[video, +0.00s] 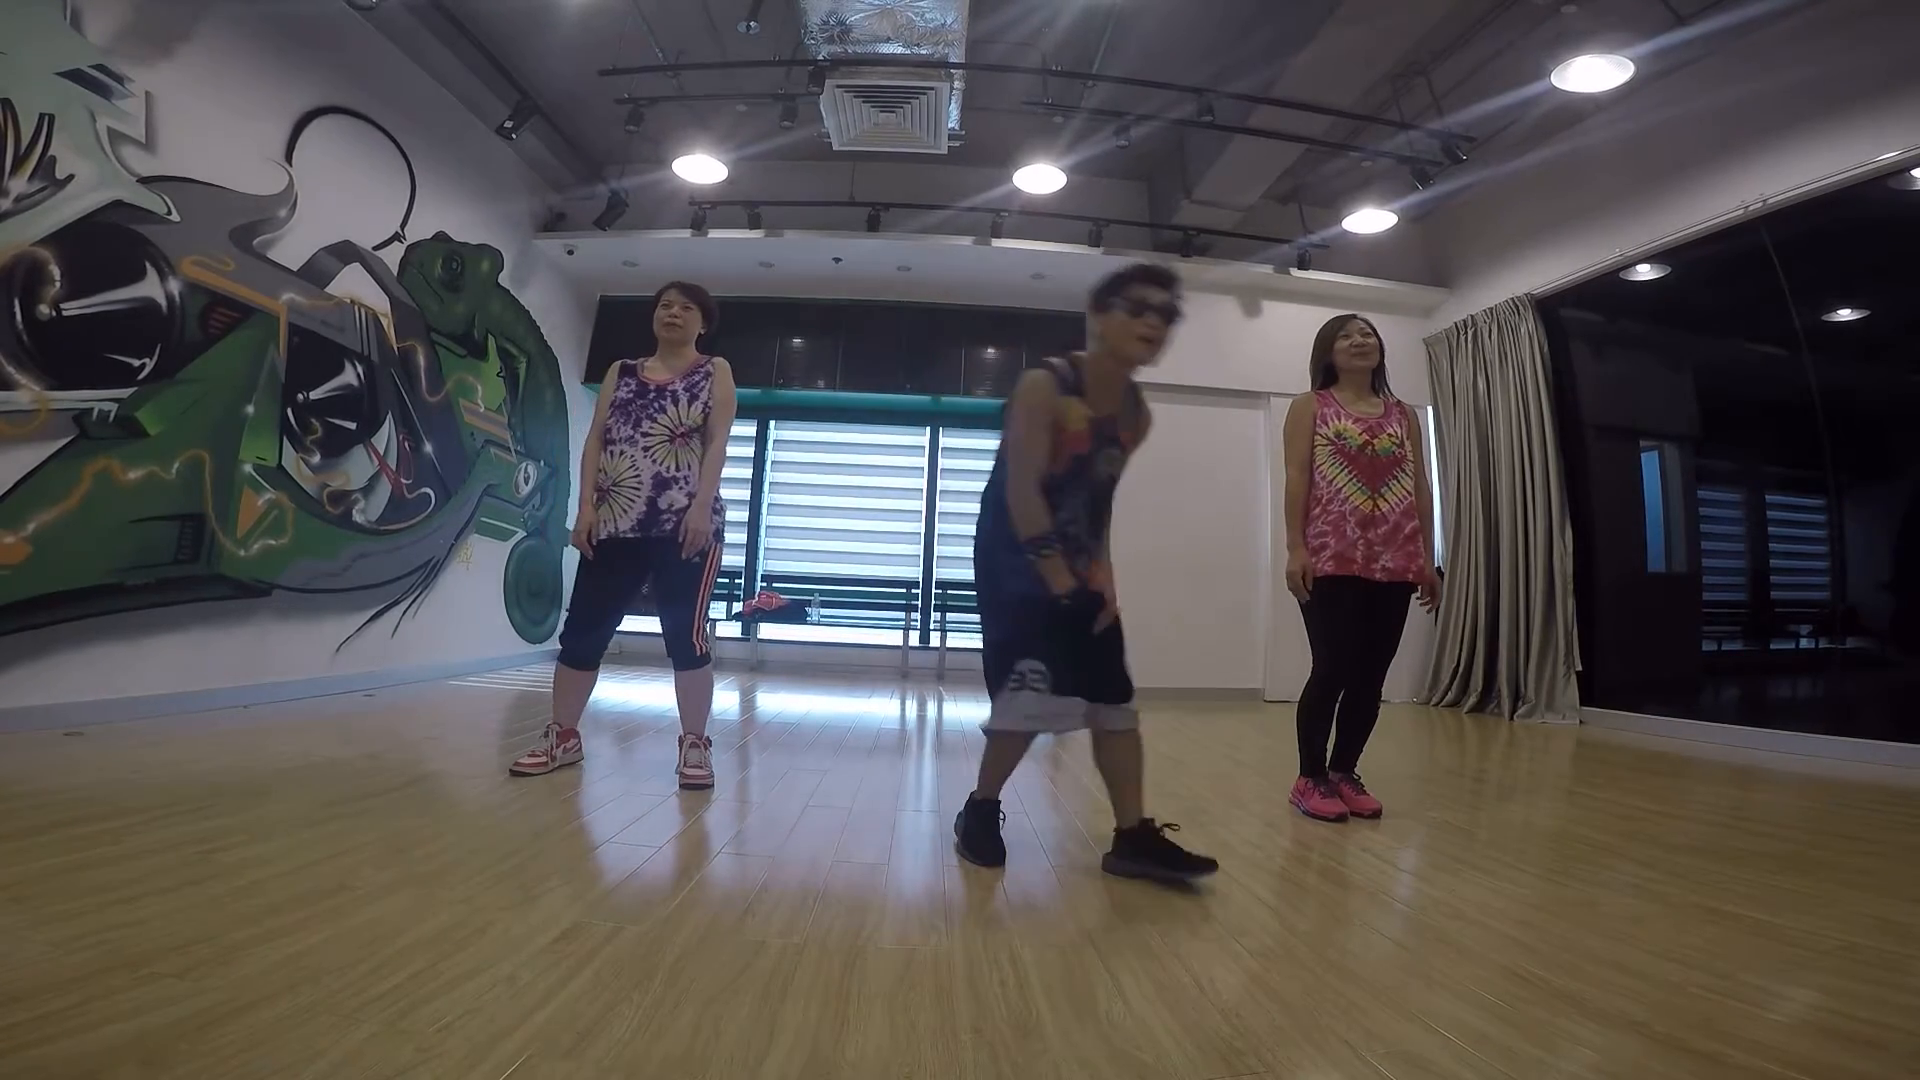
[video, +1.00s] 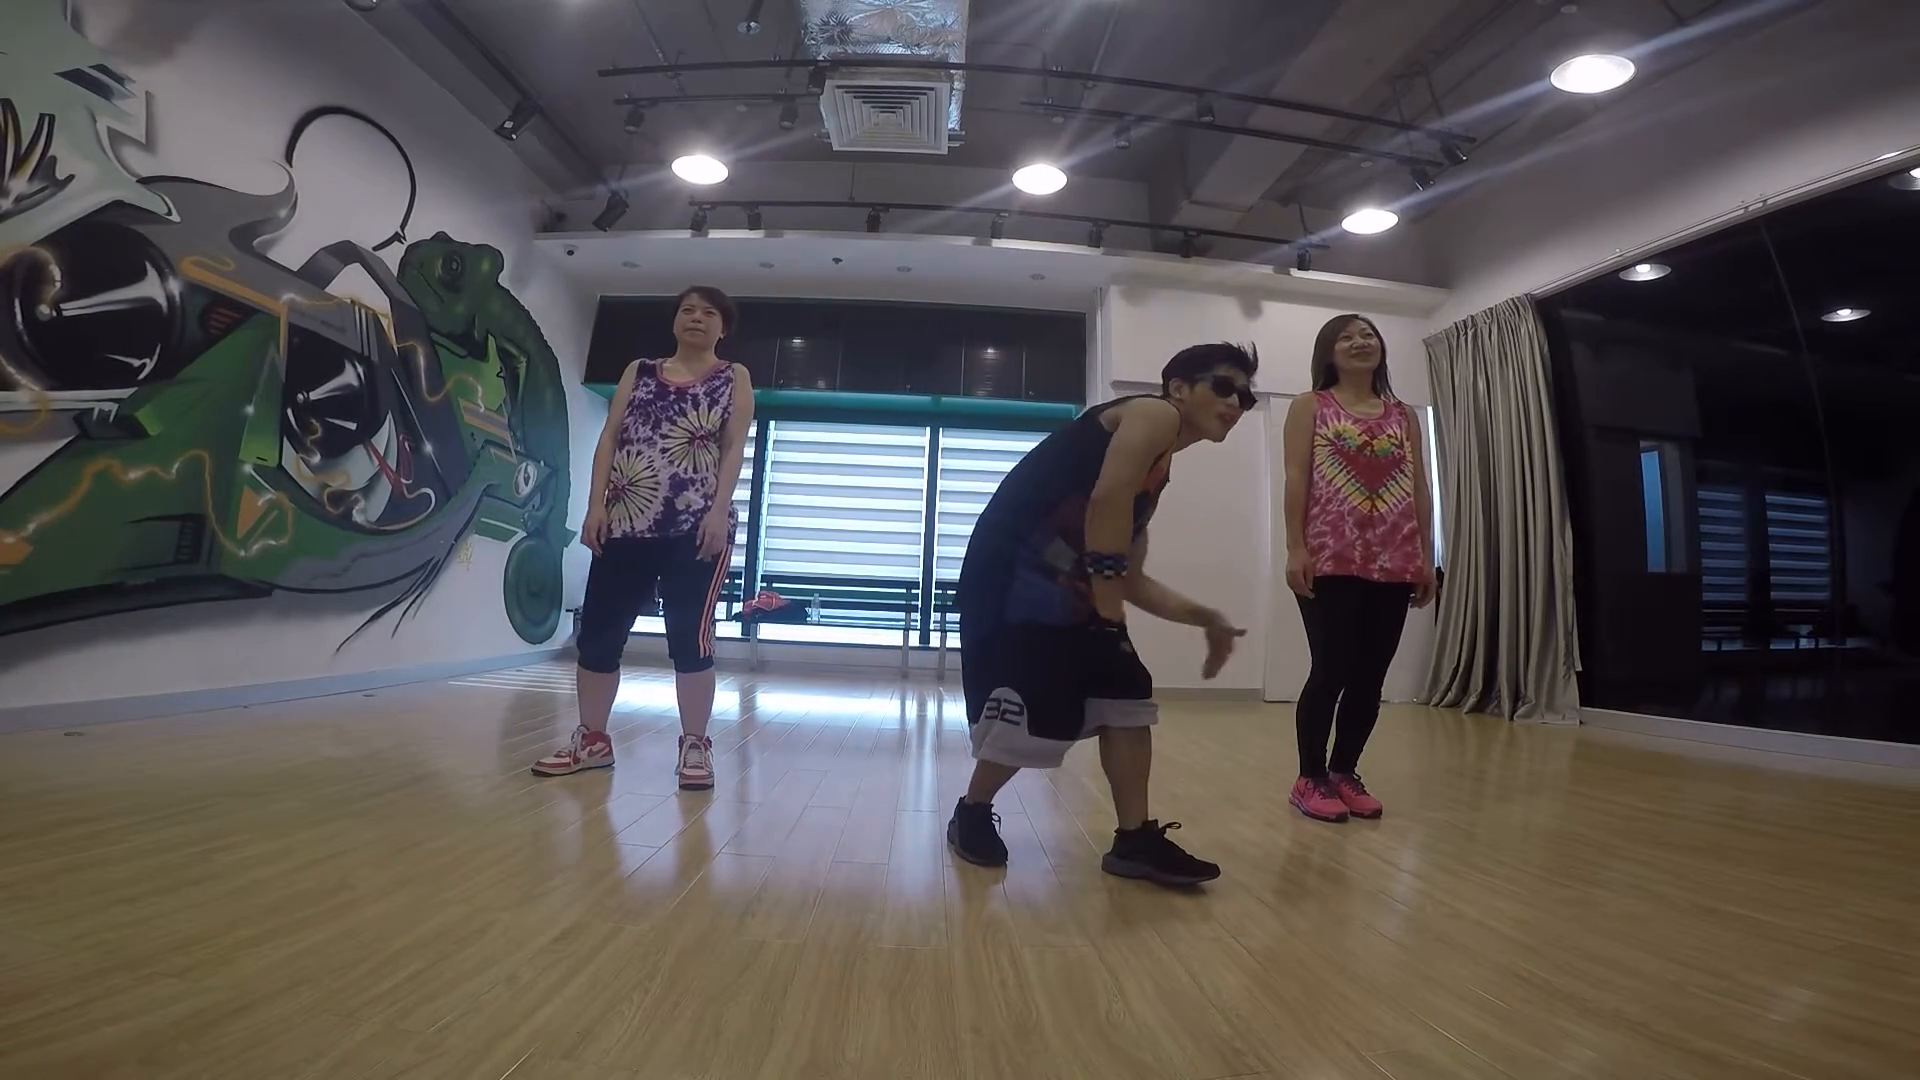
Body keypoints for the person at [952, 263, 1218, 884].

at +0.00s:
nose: (1153, 325)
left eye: (1165, 316)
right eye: (1138, 309)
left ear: (1171, 332)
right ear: (1098, 316)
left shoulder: (1136, 414)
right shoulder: (1044, 385)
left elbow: (1098, 499)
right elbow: (1022, 488)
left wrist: (1102, 574)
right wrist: (1058, 577)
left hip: (1082, 558)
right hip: (1016, 548)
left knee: (1111, 690)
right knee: (1031, 684)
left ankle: (1133, 834)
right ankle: (982, 807)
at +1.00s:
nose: (1235, 405)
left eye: (1243, 398)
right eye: (1224, 389)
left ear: (1242, 410)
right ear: (1179, 386)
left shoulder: (1152, 468)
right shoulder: (1155, 414)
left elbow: (1127, 576)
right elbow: (1109, 496)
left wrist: (1206, 616)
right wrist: (1112, 614)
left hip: (1072, 591)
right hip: (1016, 579)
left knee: (1125, 697)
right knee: (1037, 707)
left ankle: (1135, 837)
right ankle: (973, 809)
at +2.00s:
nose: (1101, 309)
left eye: (1101, 300)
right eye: (1096, 297)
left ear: (1070, 301)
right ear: (1068, 294)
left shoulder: (1080, 379)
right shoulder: (994, 347)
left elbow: (1074, 466)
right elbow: (949, 425)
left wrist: (1097, 544)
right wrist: (943, 516)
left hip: (1084, 557)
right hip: (1011, 554)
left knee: (1098, 687)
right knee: (983, 688)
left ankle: (1087, 808)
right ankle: (965, 808)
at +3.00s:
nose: (944, 328)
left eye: (952, 317)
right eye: (947, 317)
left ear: (977, 320)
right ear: (978, 324)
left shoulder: (1033, 361)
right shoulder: (970, 405)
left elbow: (1089, 405)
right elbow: (899, 440)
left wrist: (1143, 433)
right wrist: (829, 400)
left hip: (1036, 567)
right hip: (961, 567)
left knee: (1067, 700)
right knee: (917, 685)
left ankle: (1099, 811)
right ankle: (940, 805)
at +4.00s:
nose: (980, 294)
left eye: (992, 286)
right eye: (967, 284)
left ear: (1009, 301)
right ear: (947, 299)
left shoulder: (1047, 358)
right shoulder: (939, 397)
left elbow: (1102, 435)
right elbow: (922, 486)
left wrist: (1116, 524)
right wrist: (883, 547)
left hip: (1045, 555)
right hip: (963, 558)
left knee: (1064, 687)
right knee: (928, 685)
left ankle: (1066, 803)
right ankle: (946, 803)